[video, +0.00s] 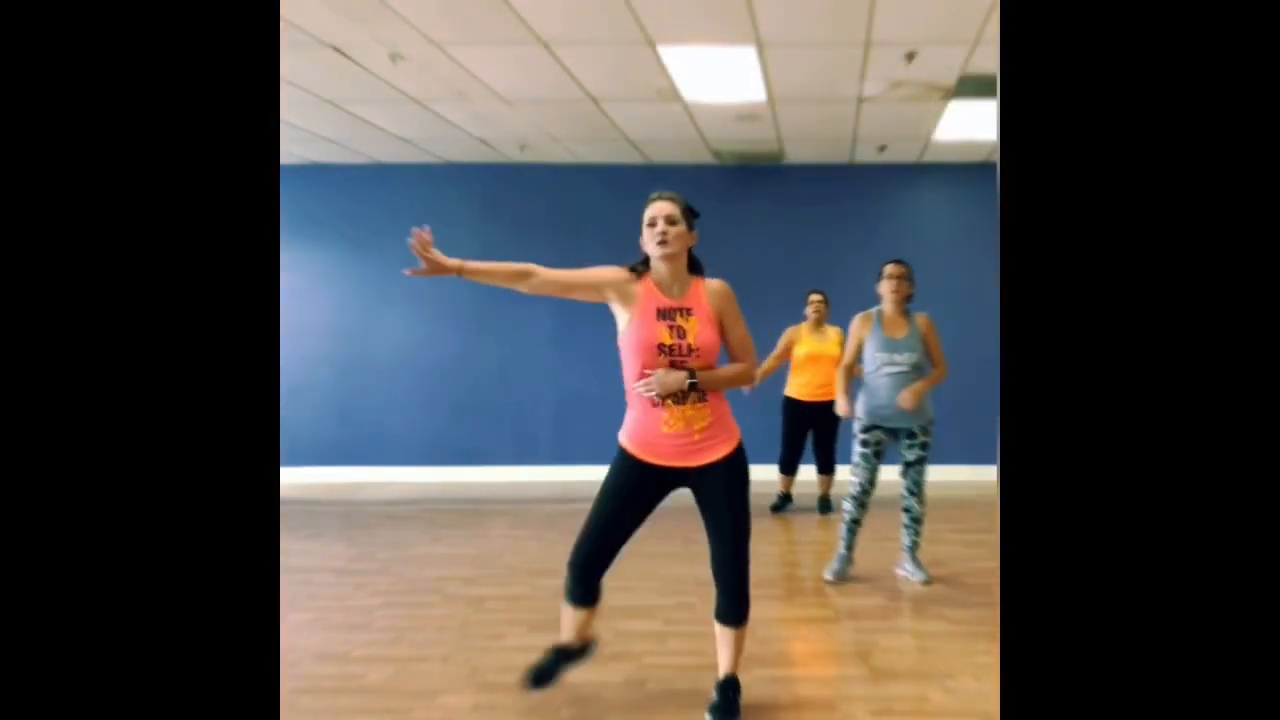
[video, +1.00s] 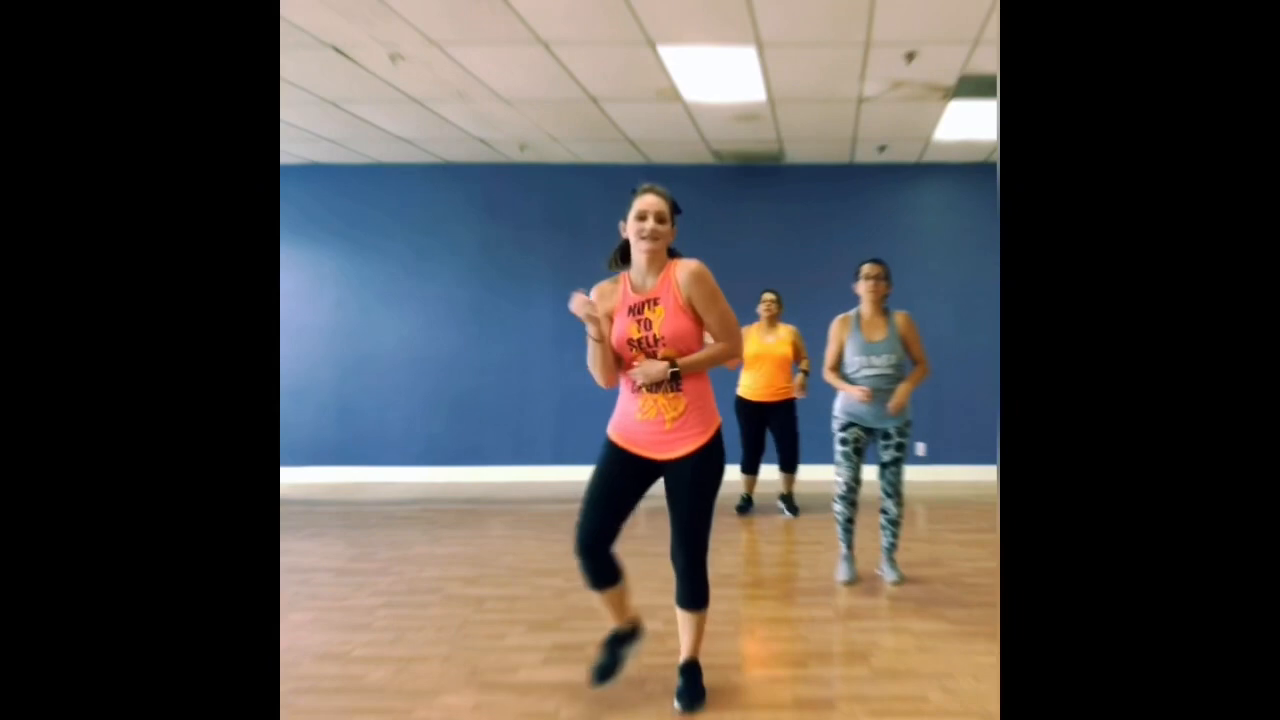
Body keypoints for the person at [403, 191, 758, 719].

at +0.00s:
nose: (662, 230)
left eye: (672, 222)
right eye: (653, 224)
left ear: (692, 235)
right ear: (643, 237)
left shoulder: (716, 294)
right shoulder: (622, 286)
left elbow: (749, 369)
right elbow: (532, 278)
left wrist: (689, 377)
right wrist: (453, 266)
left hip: (716, 454)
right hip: (645, 454)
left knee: (732, 575)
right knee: (584, 563)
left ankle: (728, 685)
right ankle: (574, 643)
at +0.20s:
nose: (634, 232)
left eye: (644, 225)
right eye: (626, 225)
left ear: (663, 240)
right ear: (614, 239)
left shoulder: (682, 306)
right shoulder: (587, 286)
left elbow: (704, 385)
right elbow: (498, 278)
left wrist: (649, 385)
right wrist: (417, 262)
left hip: (678, 457)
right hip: (605, 459)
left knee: (710, 571)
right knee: (570, 574)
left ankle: (725, 683)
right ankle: (535, 672)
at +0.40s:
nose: (607, 223)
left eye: (617, 216)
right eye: (599, 217)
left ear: (637, 230)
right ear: (588, 230)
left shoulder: (656, 299)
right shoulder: (563, 277)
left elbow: (675, 379)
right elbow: (473, 269)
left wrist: (617, 377)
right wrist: (391, 250)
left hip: (644, 449)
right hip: (570, 448)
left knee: (683, 563)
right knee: (549, 567)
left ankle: (716, 679)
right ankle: (532, 671)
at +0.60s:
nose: (610, 229)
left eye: (621, 221)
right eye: (602, 222)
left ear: (641, 231)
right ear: (592, 234)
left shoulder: (667, 296)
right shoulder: (572, 286)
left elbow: (684, 375)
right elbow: (479, 285)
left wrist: (629, 377)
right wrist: (409, 261)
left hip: (641, 451)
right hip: (570, 445)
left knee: (674, 565)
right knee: (554, 561)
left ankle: (689, 658)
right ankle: (532, 669)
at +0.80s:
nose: (637, 227)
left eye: (647, 219)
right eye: (628, 219)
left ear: (662, 230)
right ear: (613, 231)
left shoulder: (685, 281)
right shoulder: (595, 298)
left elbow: (718, 355)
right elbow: (564, 368)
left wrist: (658, 371)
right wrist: (545, 311)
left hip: (670, 445)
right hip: (602, 442)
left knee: (673, 569)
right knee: (567, 559)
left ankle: (687, 669)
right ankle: (538, 669)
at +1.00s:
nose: (650, 225)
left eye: (659, 218)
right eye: (641, 217)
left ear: (673, 230)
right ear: (625, 228)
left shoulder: (690, 276)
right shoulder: (607, 292)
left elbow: (731, 346)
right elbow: (606, 378)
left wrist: (672, 366)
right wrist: (596, 331)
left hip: (693, 436)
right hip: (631, 434)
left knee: (688, 557)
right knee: (590, 543)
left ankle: (688, 665)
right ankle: (625, 624)